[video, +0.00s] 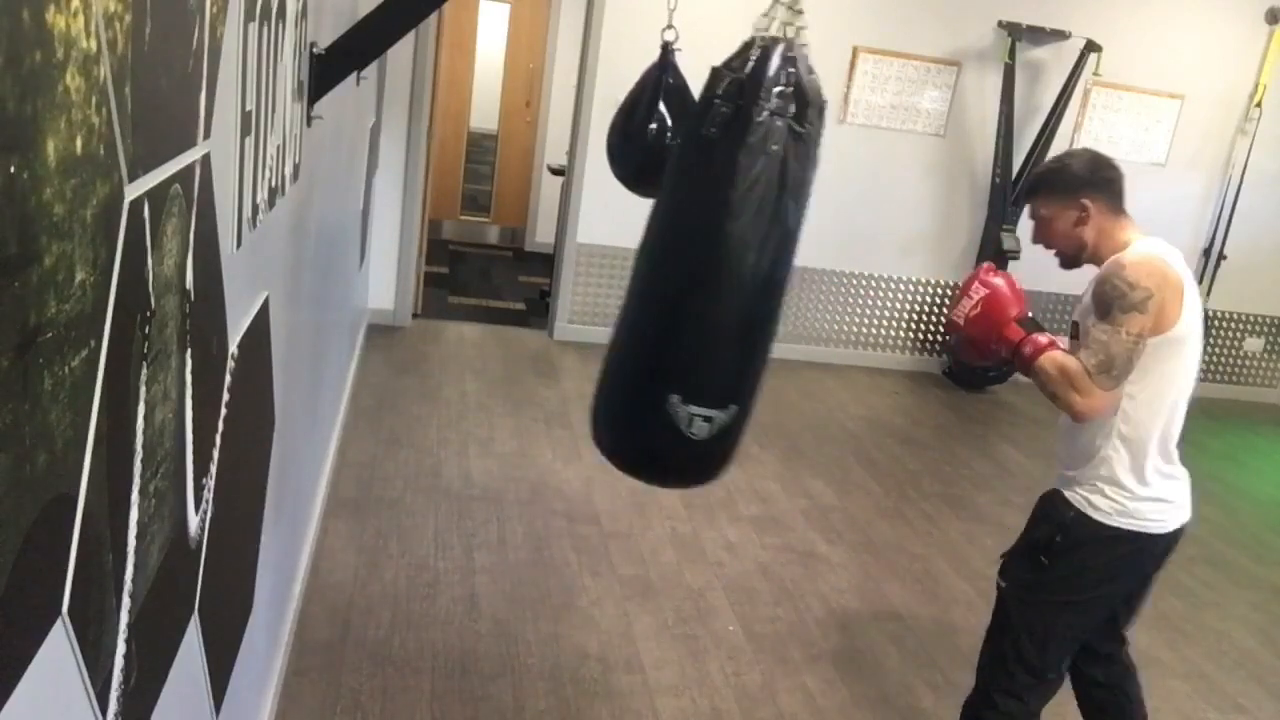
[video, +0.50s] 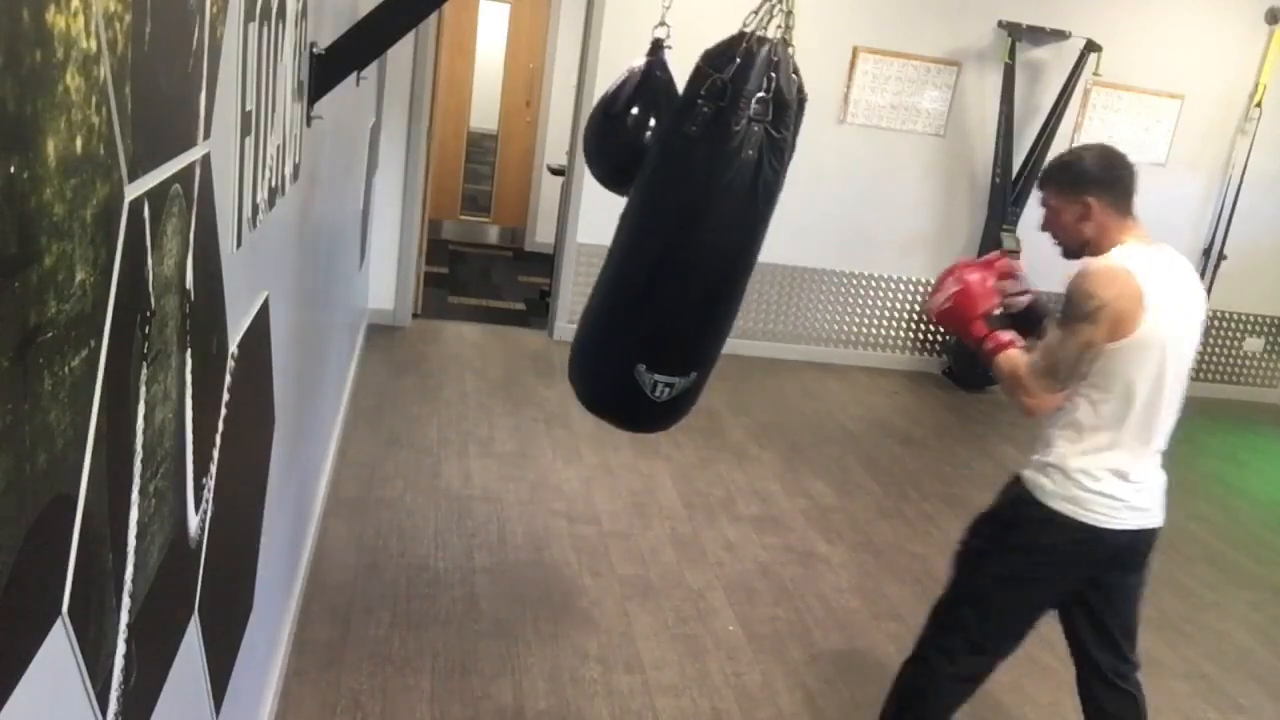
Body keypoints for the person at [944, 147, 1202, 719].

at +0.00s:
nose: (1036, 236)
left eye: (1041, 221)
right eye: (1034, 222)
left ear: (1083, 213)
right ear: (1088, 213)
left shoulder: (1132, 275)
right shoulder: (1158, 265)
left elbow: (1087, 397)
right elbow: (1091, 376)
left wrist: (1011, 336)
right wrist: (1021, 337)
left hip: (1100, 515)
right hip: (1149, 512)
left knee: (1014, 673)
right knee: (1097, 649)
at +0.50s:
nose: (1043, 224)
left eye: (1050, 210)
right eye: (1043, 210)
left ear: (1089, 209)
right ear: (1108, 206)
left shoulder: (1102, 280)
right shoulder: (1181, 277)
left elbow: (1035, 392)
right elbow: (1116, 370)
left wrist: (978, 329)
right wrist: (1035, 315)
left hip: (1057, 508)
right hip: (1132, 516)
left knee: (950, 657)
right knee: (1112, 680)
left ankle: (904, 712)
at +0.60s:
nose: (1015, 225)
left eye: (1018, 212)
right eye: (1014, 211)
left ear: (1053, 207)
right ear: (1083, 202)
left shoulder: (1055, 277)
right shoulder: (1156, 276)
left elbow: (1004, 397)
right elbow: (1096, 366)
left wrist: (952, 329)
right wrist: (1009, 320)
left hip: (1020, 505)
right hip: (1099, 518)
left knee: (923, 645)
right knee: (1087, 665)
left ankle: (886, 711)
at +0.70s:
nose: (983, 212)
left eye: (987, 199)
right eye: (983, 198)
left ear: (1020, 200)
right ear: (1057, 195)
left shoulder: (1012, 266)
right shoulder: (1130, 269)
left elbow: (926, 365)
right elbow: (1072, 358)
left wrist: (891, 303)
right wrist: (975, 319)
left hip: (999, 496)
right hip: (1082, 507)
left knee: (915, 632)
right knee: (1060, 621)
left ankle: (884, 709)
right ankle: (1102, 715)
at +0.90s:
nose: (956, 207)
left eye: (960, 194)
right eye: (955, 194)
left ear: (993, 192)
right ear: (1025, 186)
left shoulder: (994, 255)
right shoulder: (1084, 242)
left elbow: (890, 327)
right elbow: (1006, 289)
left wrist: (833, 283)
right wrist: (932, 261)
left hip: (1004, 493)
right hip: (1079, 493)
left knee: (925, 634)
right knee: (1053, 623)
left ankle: (887, 712)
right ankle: (1074, 715)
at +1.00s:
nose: (969, 216)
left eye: (972, 202)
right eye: (968, 203)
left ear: (1006, 199)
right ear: (1028, 196)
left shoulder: (1033, 261)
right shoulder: (1077, 247)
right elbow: (959, 280)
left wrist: (868, 366)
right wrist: (885, 250)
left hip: (1009, 491)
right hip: (1075, 496)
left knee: (912, 640)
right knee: (1052, 641)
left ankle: (885, 712)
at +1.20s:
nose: (999, 221)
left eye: (1003, 208)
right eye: (998, 209)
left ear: (1030, 203)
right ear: (1073, 200)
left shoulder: (1030, 249)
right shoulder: (1137, 268)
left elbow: (949, 294)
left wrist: (860, 282)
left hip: (999, 487)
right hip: (1086, 504)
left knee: (914, 618)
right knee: (1070, 645)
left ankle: (886, 709)